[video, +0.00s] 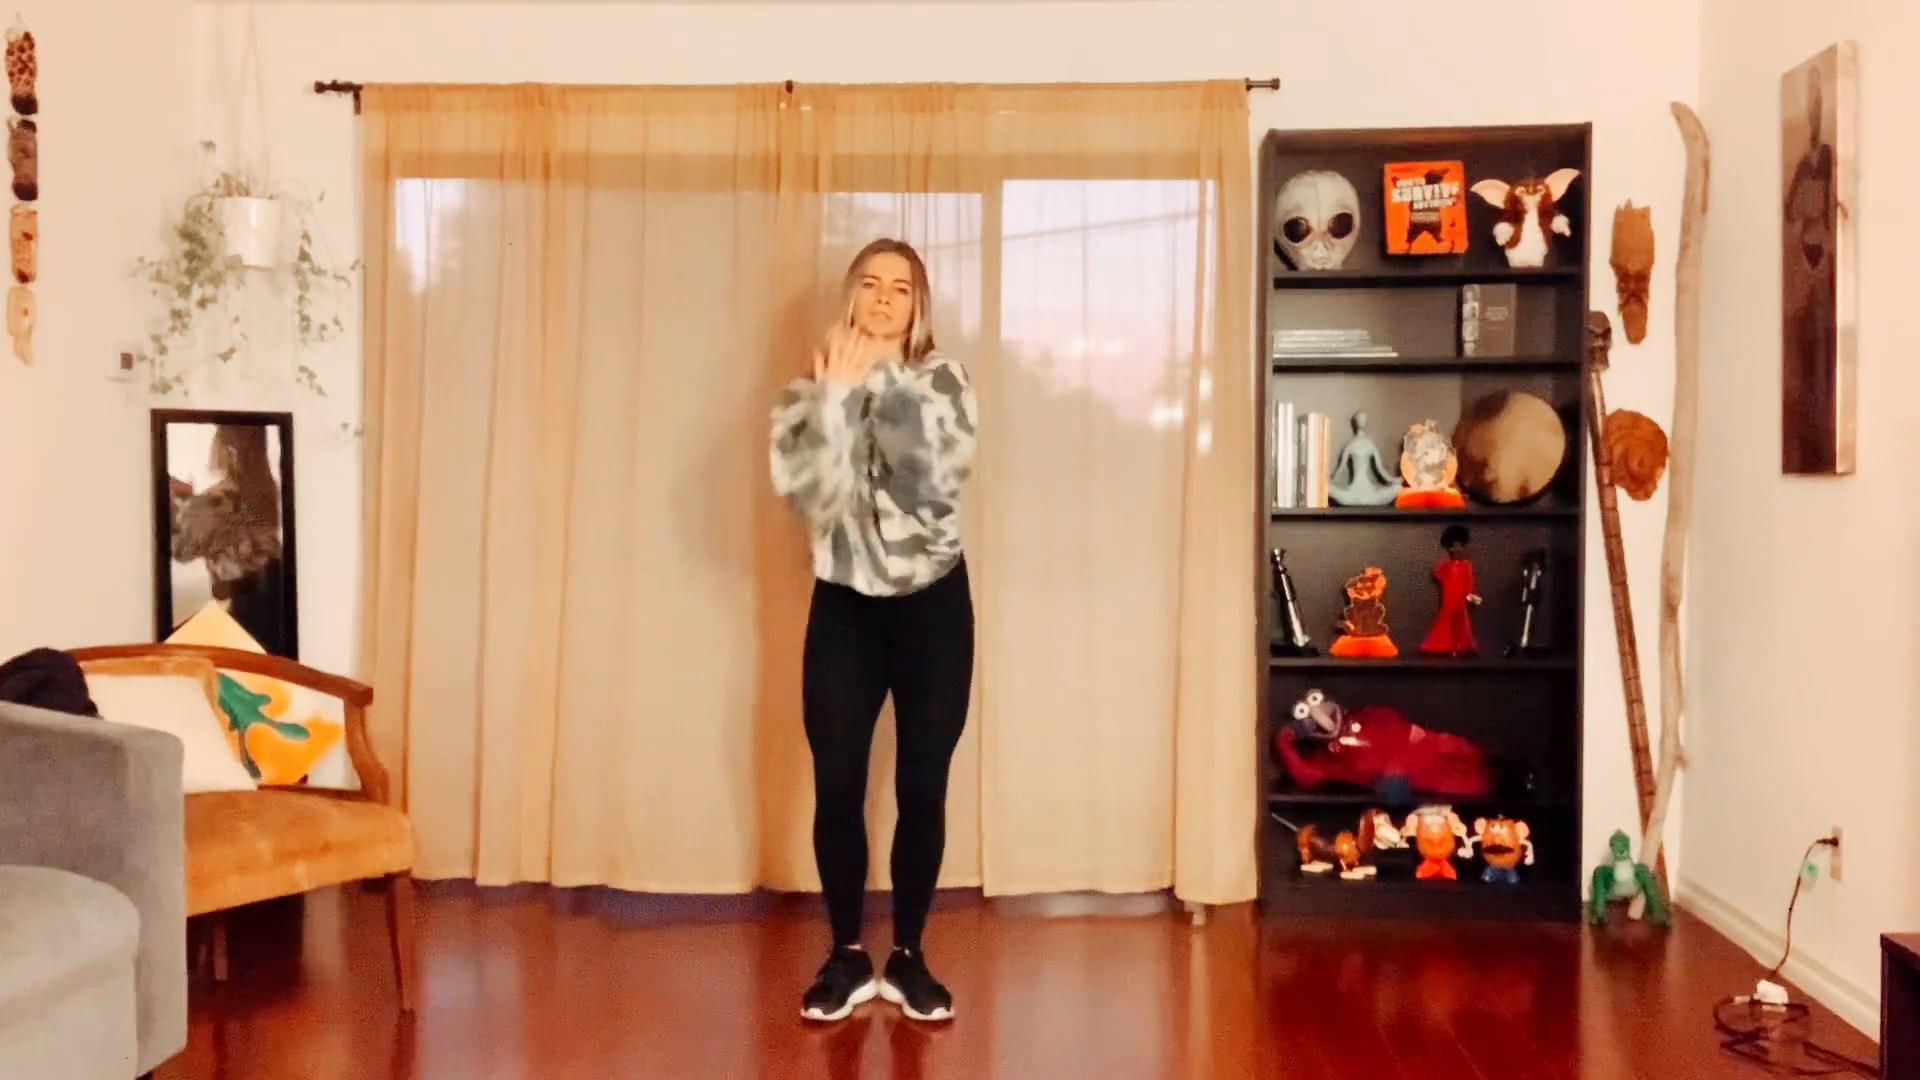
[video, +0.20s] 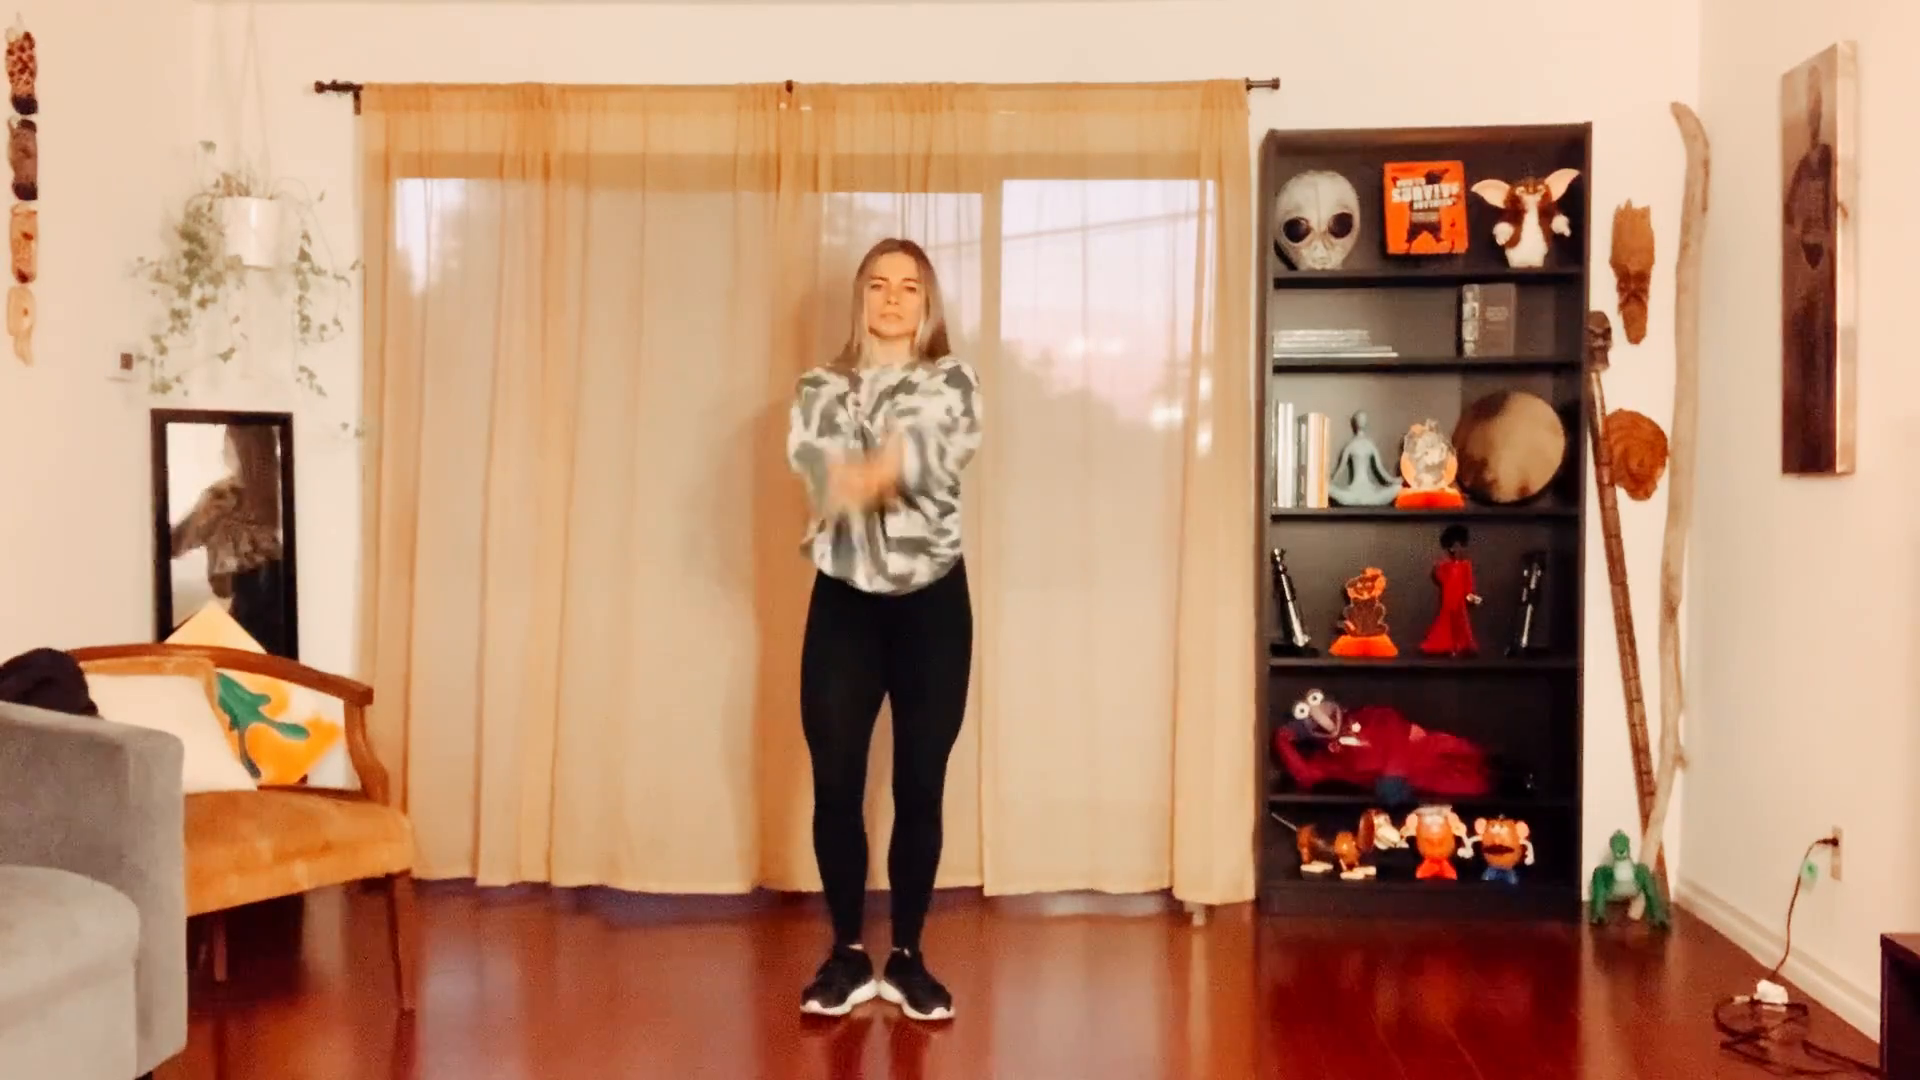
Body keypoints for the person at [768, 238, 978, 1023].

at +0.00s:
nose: (883, 298)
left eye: (900, 289)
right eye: (870, 284)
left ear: (919, 306)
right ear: (846, 297)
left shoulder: (941, 383)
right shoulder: (810, 395)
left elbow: (937, 489)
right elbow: (811, 498)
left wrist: (888, 385)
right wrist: (836, 392)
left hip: (933, 609)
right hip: (844, 609)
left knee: (921, 791)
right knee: (838, 789)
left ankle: (906, 958)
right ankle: (849, 958)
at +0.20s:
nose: (893, 297)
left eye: (909, 287)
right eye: (879, 284)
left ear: (929, 303)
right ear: (858, 297)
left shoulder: (951, 384)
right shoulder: (820, 387)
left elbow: (941, 460)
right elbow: (810, 461)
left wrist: (876, 474)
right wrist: (866, 473)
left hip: (932, 607)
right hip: (843, 605)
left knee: (918, 788)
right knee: (837, 786)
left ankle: (905, 959)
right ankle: (848, 956)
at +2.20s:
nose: (1093, 378)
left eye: (1105, 366)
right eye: (1076, 369)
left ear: (1124, 380)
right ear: (1053, 387)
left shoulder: (1164, 451)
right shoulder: (1020, 476)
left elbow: (1262, 420)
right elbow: (969, 582)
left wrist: (1273, 309)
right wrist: (918, 682)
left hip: (1087, 674)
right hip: (991, 660)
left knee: (1161, 844)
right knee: (898, 810)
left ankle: (1062, 962)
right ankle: (803, 952)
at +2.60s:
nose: (1158, 366)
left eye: (1160, 354)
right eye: (1144, 352)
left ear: (1160, 363)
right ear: (1100, 358)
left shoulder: (1192, 432)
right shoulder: (1055, 435)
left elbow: (1258, 500)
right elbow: (995, 453)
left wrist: (1261, 579)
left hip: (1178, 648)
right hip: (1084, 655)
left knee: (1248, 808)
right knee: (1093, 838)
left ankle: (1171, 931)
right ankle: (1043, 974)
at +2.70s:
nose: (1190, 365)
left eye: (1192, 352)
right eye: (1174, 350)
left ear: (1189, 365)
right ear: (1127, 357)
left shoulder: (1205, 447)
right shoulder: (1068, 433)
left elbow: (1258, 558)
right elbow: (985, 402)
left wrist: (1310, 661)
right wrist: (1043, 319)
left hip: (1198, 651)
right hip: (1105, 655)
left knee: (1306, 783)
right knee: (1104, 838)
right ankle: (1042, 976)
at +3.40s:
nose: (1262, 340)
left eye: (1262, 326)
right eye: (1247, 327)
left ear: (1258, 338)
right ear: (1205, 337)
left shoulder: (1285, 440)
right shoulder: (1124, 409)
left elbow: (1360, 533)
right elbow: (1019, 395)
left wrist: (1432, 624)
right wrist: (940, 389)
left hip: (1212, 644)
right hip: (1116, 633)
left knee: (1295, 794)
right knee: (1089, 823)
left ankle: (1368, 974)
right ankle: (1041, 973)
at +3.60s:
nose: (1226, 341)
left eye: (1226, 328)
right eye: (1211, 328)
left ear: (1218, 342)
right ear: (1168, 335)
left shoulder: (1221, 447)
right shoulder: (1118, 408)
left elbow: (1220, 567)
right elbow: (1136, 302)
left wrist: (1243, 663)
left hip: (1163, 643)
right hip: (1091, 627)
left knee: (1256, 783)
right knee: (1089, 818)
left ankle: (1193, 950)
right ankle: (1001, 963)